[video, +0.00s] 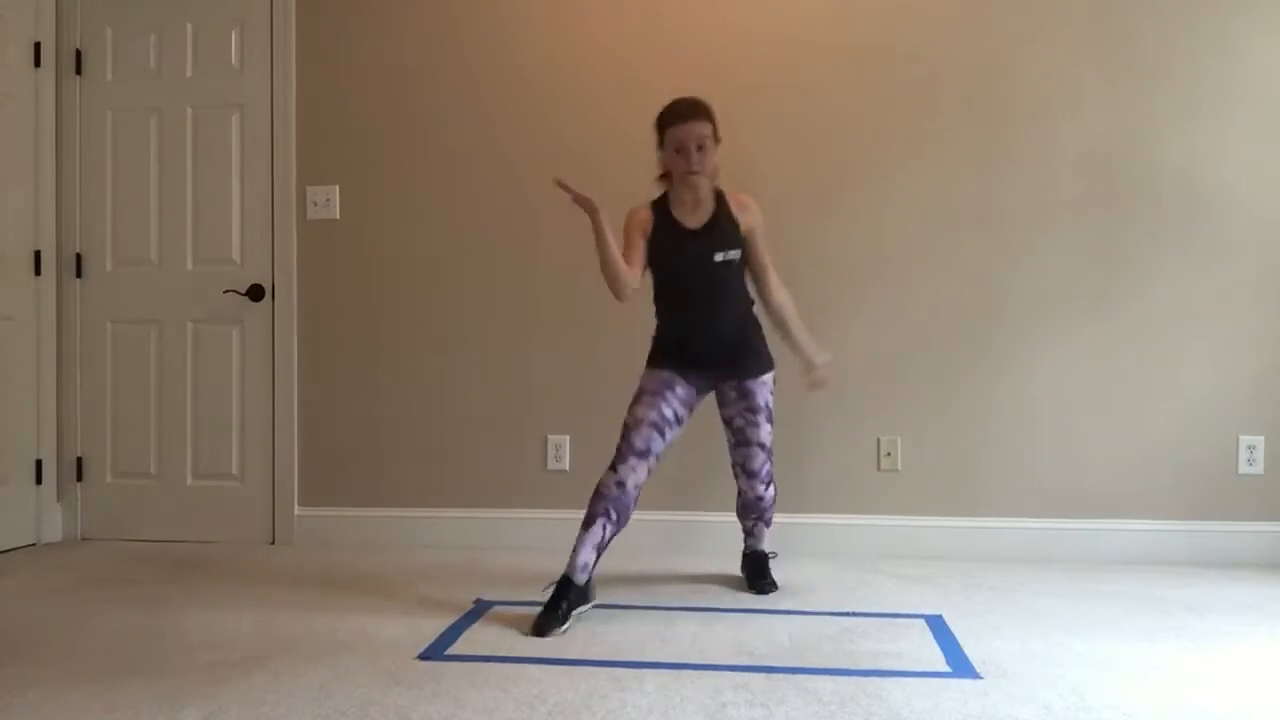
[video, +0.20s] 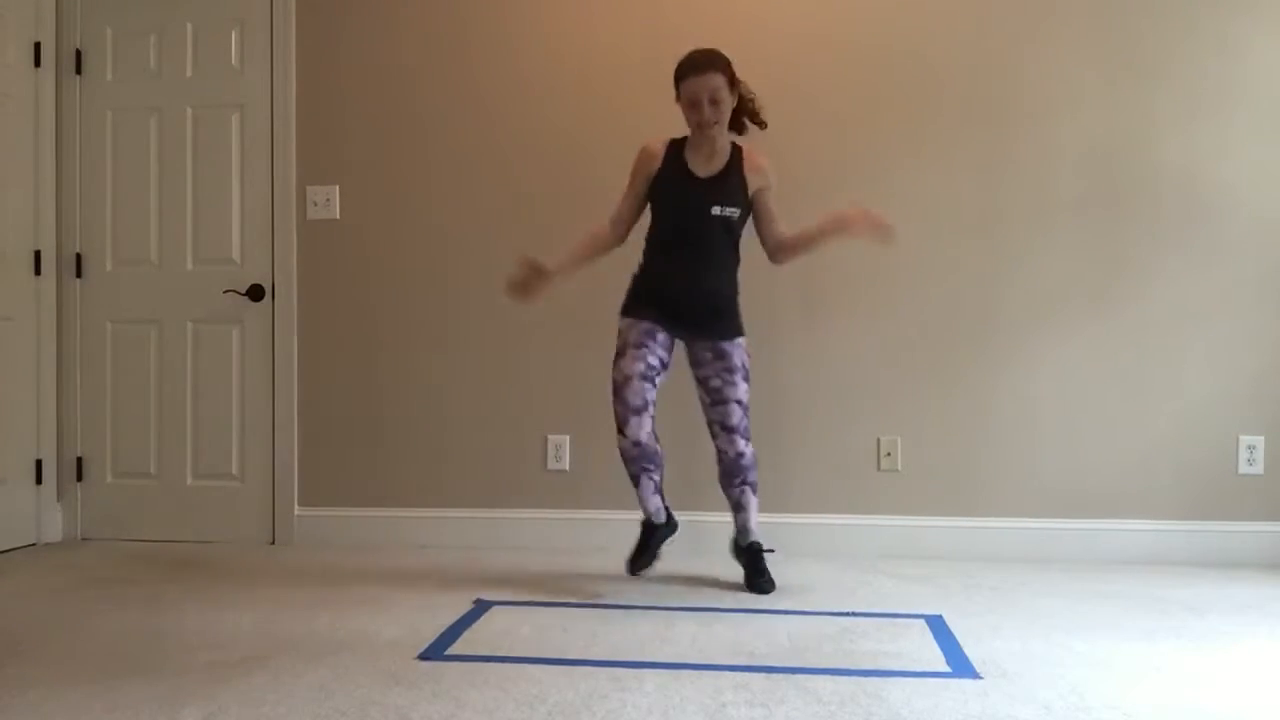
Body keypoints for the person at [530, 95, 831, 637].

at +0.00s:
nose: (693, 156)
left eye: (703, 145)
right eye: (681, 147)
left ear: (718, 150)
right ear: (663, 156)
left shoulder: (740, 209)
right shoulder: (647, 218)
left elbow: (768, 282)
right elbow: (624, 287)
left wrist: (807, 350)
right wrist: (597, 220)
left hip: (743, 358)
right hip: (675, 361)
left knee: (755, 467)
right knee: (628, 468)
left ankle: (757, 553)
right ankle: (574, 582)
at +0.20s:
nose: (704, 113)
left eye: (713, 100)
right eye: (692, 102)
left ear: (733, 99)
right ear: (679, 104)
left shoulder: (751, 166)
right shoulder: (656, 158)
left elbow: (777, 248)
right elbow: (615, 229)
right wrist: (552, 269)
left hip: (716, 314)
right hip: (651, 307)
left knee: (732, 434)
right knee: (631, 416)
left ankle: (748, 541)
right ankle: (656, 518)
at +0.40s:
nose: (683, 148)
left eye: (693, 136)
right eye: (672, 138)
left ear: (714, 135)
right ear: (660, 141)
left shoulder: (735, 201)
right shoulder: (644, 198)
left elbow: (752, 277)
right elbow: (620, 275)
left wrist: (782, 209)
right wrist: (591, 341)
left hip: (702, 352)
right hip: (637, 350)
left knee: (730, 458)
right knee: (637, 460)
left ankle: (735, 545)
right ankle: (649, 558)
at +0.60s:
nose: (697, 120)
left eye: (706, 109)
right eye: (685, 109)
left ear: (714, 110)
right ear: (659, 108)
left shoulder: (726, 164)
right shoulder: (634, 176)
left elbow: (760, 241)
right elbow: (603, 257)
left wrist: (812, 216)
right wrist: (539, 289)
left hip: (724, 320)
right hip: (658, 326)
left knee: (761, 426)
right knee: (651, 446)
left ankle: (767, 530)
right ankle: (652, 552)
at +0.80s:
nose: (726, 129)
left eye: (731, 120)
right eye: (717, 118)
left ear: (728, 122)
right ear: (681, 115)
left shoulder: (733, 176)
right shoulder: (636, 181)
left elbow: (770, 253)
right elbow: (611, 263)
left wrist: (813, 317)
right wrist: (595, 189)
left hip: (758, 323)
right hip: (694, 334)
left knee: (782, 445)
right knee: (687, 449)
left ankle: (821, 582)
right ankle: (694, 563)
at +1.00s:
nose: (697, 109)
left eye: (705, 95)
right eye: (685, 101)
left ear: (733, 92)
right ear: (676, 108)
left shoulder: (766, 165)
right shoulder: (673, 168)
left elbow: (808, 250)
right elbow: (642, 250)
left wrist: (874, 300)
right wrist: (582, 222)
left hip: (754, 333)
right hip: (682, 332)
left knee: (783, 457)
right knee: (625, 438)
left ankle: (823, 588)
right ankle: (657, 522)